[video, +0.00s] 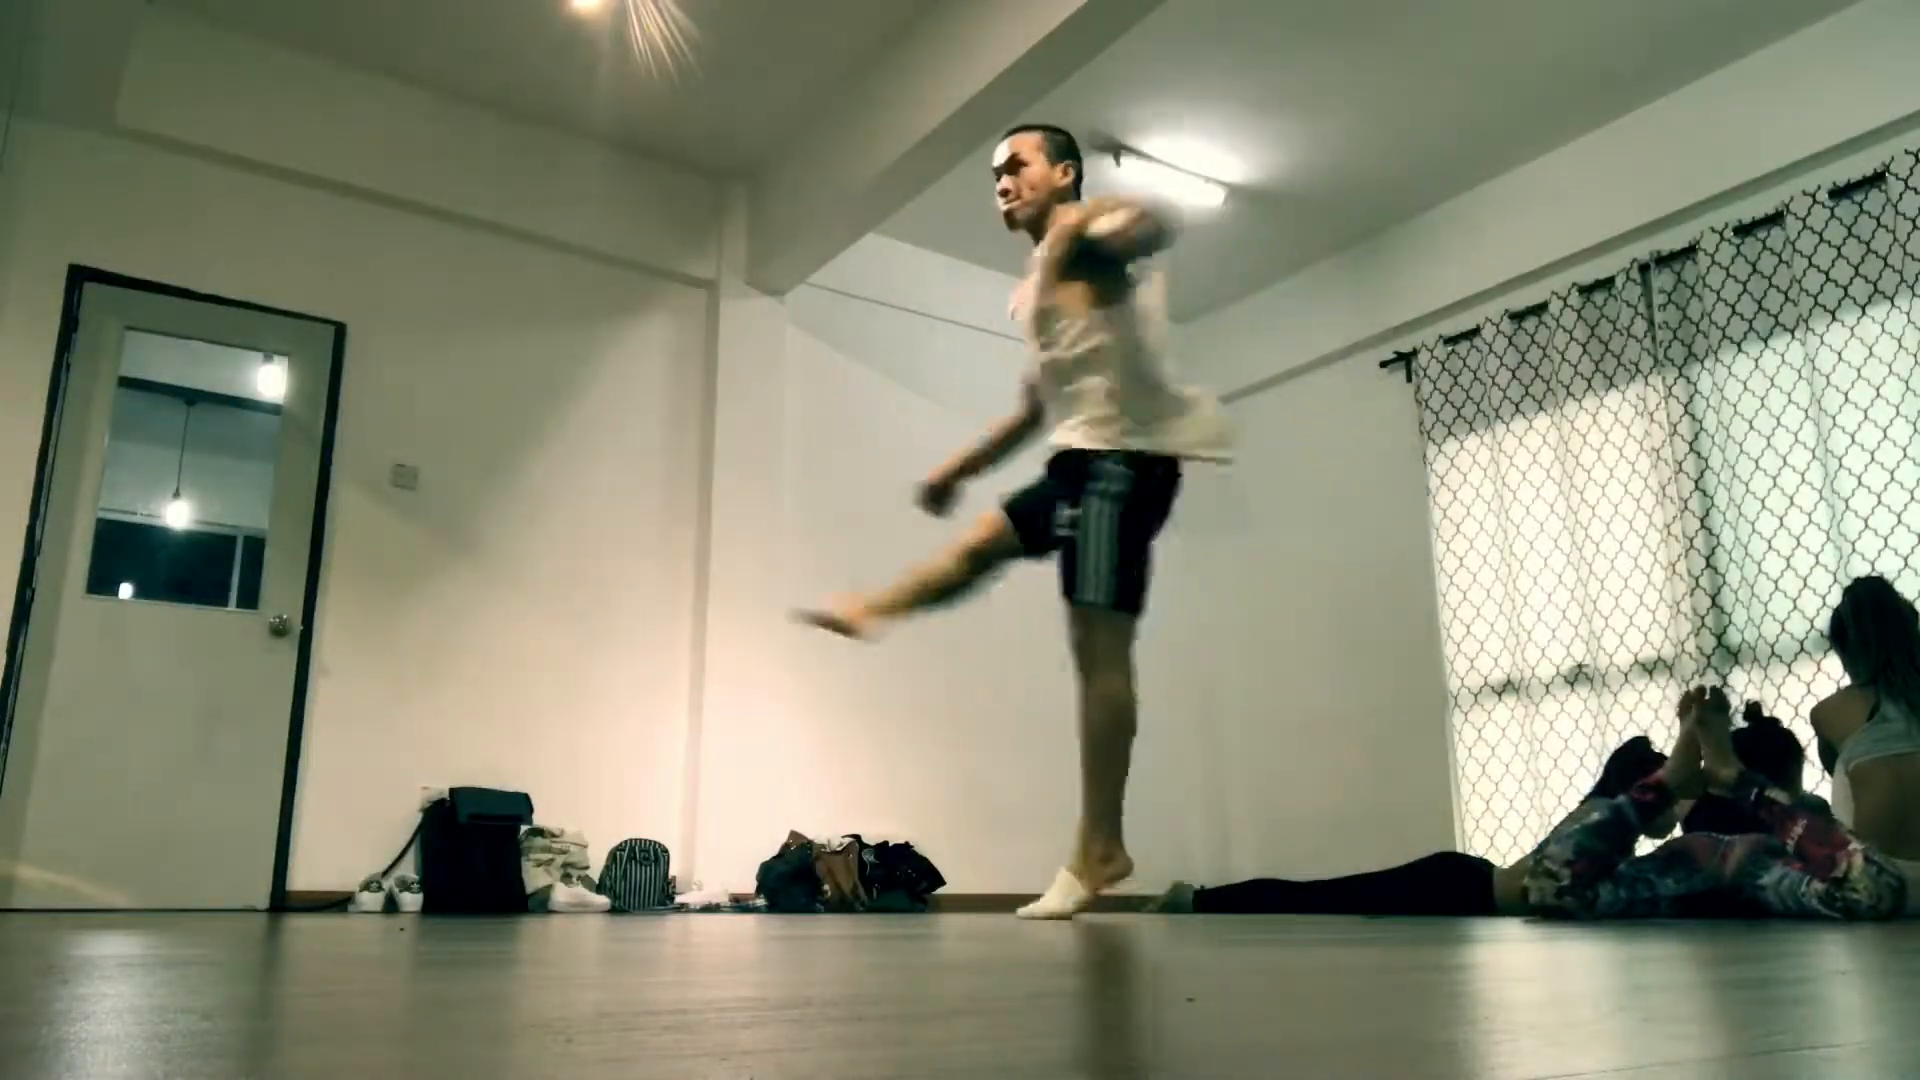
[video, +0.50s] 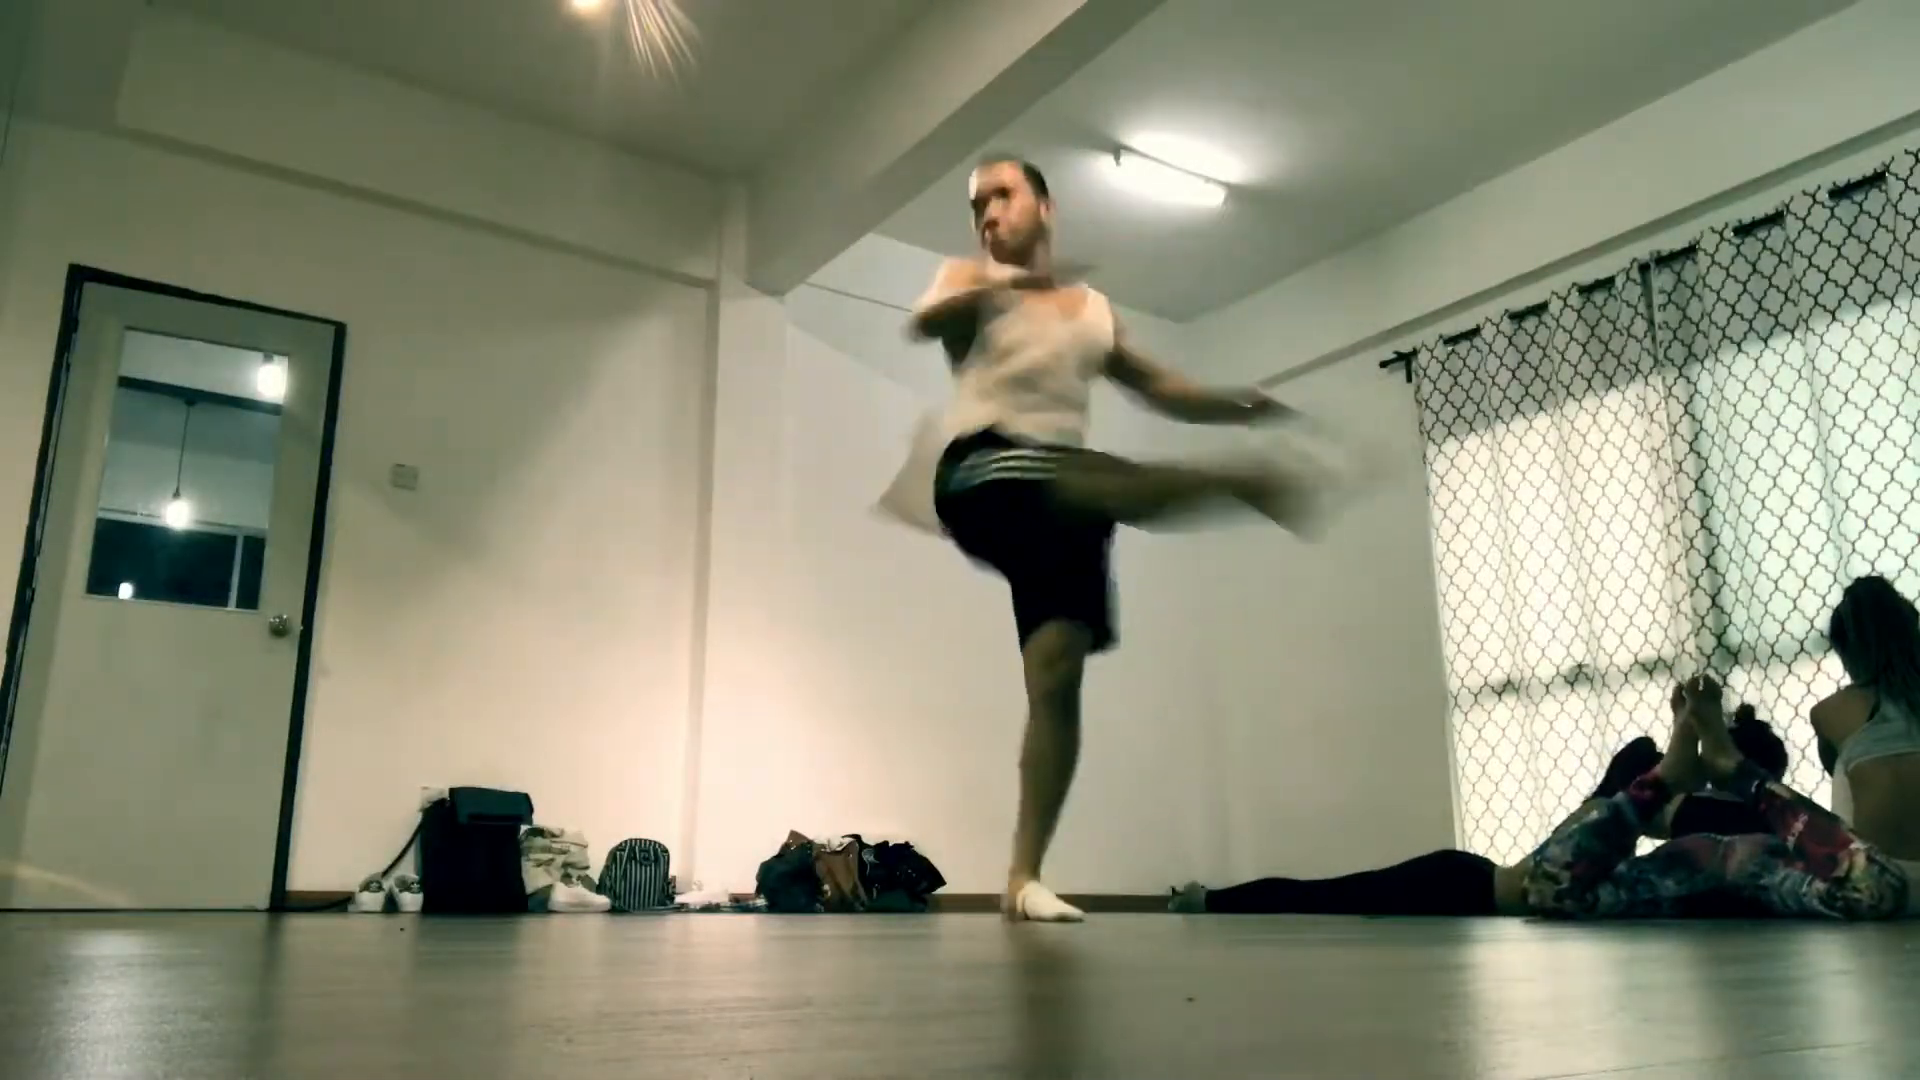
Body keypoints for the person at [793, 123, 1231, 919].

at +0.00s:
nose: (1001, 183)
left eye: (1017, 167)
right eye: (997, 174)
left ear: (1065, 173)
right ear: (1011, 194)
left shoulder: (1093, 224)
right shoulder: (1034, 287)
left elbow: (1157, 222)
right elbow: (1037, 406)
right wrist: (958, 470)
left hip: (1128, 458)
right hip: (1076, 460)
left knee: (1102, 659)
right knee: (982, 543)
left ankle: (1100, 852)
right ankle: (873, 609)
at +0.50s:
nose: (989, 212)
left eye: (1001, 195)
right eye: (980, 205)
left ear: (1045, 206)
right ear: (978, 224)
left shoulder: (1087, 308)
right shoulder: (968, 278)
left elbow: (1159, 386)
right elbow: (924, 322)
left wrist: (1238, 404)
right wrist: (976, 298)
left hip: (1063, 476)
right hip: (983, 465)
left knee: (1054, 681)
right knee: (1129, 487)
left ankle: (1024, 879)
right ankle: (1253, 482)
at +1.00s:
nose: (953, 117)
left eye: (970, 103)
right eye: (953, 105)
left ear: (1021, 119)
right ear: (1017, 130)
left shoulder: (984, 175)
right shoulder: (1052, 217)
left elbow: (965, 245)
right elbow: (1103, 355)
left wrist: (822, 266)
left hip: (1006, 439)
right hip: (1070, 436)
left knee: (1023, 646)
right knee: (997, 497)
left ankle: (1043, 845)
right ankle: (985, 595)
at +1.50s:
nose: (946, 193)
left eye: (958, 175)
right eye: (937, 184)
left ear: (1007, 179)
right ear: (941, 205)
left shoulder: (1087, 263)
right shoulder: (936, 289)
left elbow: (1211, 287)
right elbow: (807, 298)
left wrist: (1339, 290)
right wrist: (691, 280)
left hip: (1045, 494)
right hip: (956, 473)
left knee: (1023, 684)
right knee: (867, 392)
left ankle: (985, 884)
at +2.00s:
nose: (874, 95)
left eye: (880, 83)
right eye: (884, 81)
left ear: (889, 96)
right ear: (959, 107)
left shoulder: (837, 185)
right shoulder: (988, 172)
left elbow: (813, 307)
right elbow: (1088, 244)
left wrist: (894, 289)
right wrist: (1043, 271)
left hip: (906, 447)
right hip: (1006, 409)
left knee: (951, 649)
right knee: (1102, 511)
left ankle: (996, 840)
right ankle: (1176, 597)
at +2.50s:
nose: (866, 89)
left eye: (883, 71)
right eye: (862, 77)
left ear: (941, 79)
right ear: (881, 99)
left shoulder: (1008, 154)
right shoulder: (869, 207)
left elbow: (1147, 165)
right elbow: (773, 260)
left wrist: (1285, 173)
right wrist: (697, 283)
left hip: (979, 430)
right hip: (880, 403)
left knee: (950, 643)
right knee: (723, 453)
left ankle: (928, 868)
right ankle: (506, 495)